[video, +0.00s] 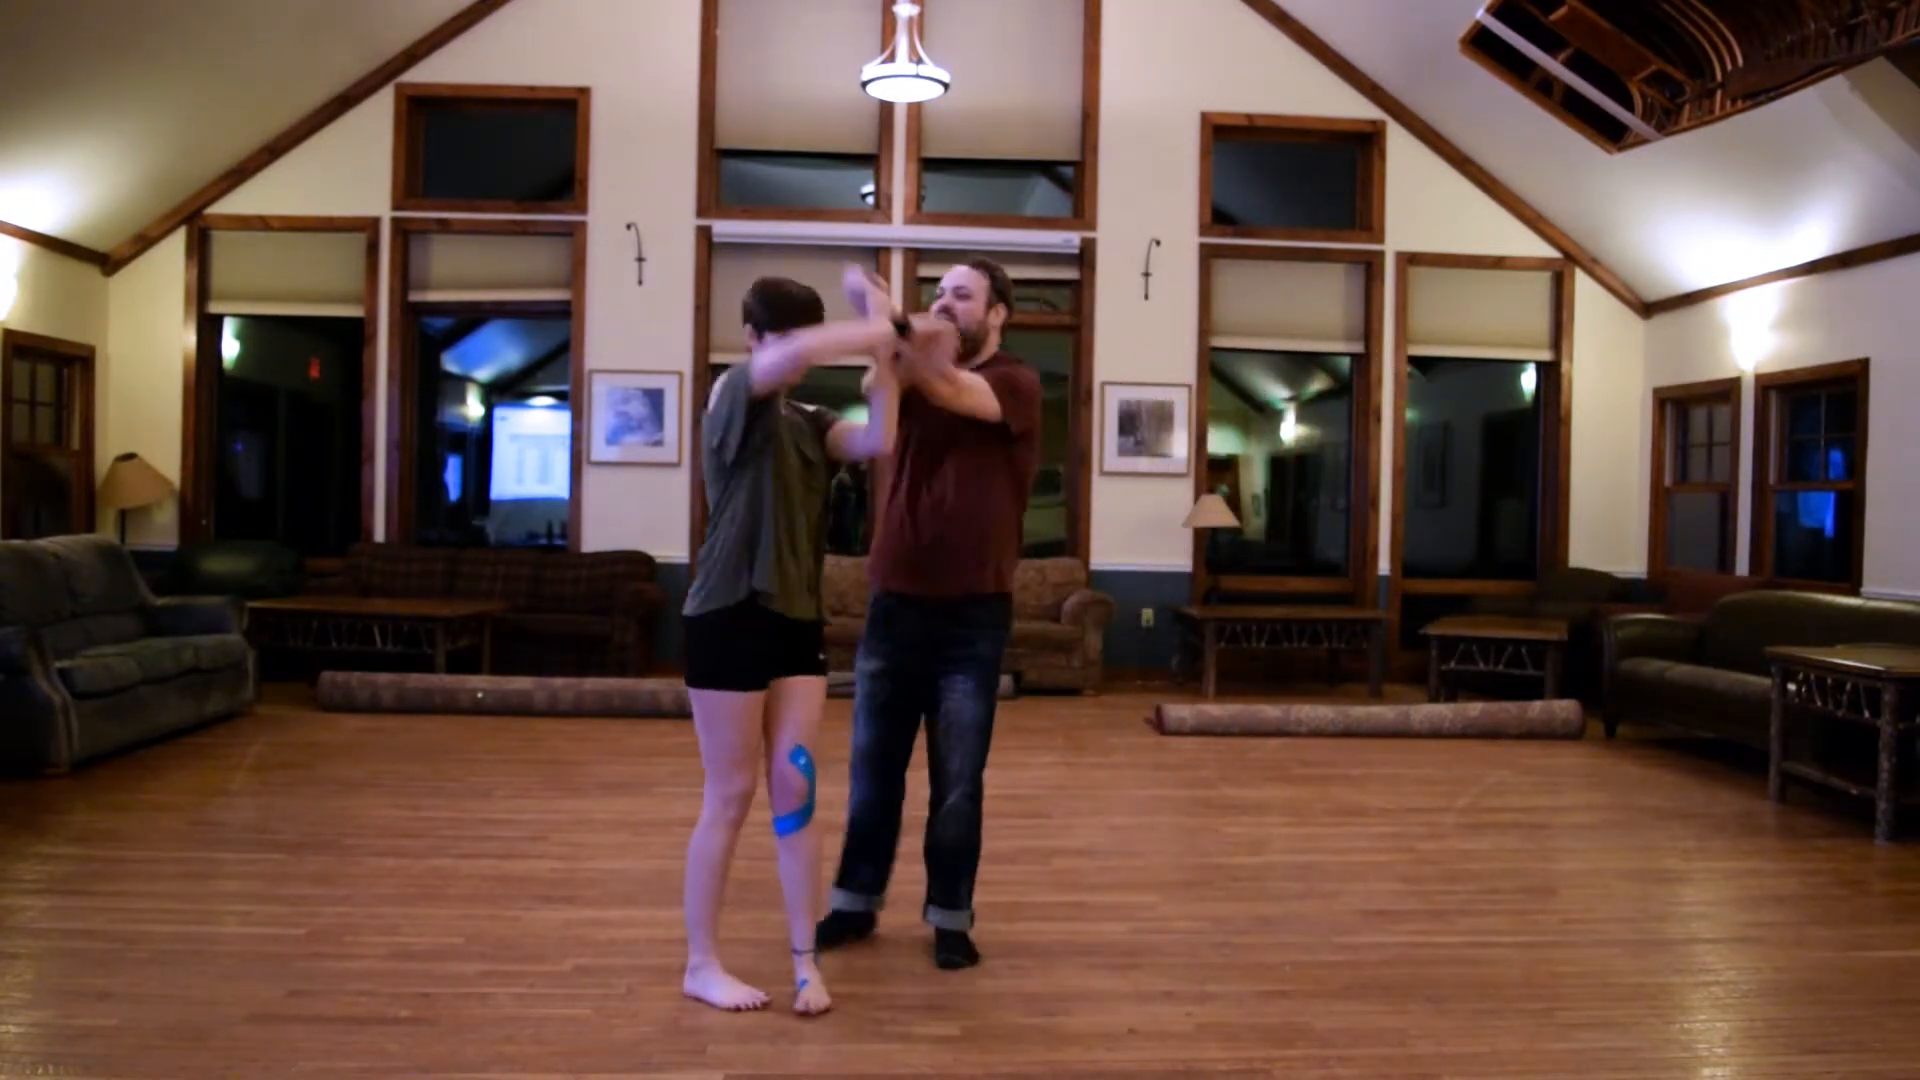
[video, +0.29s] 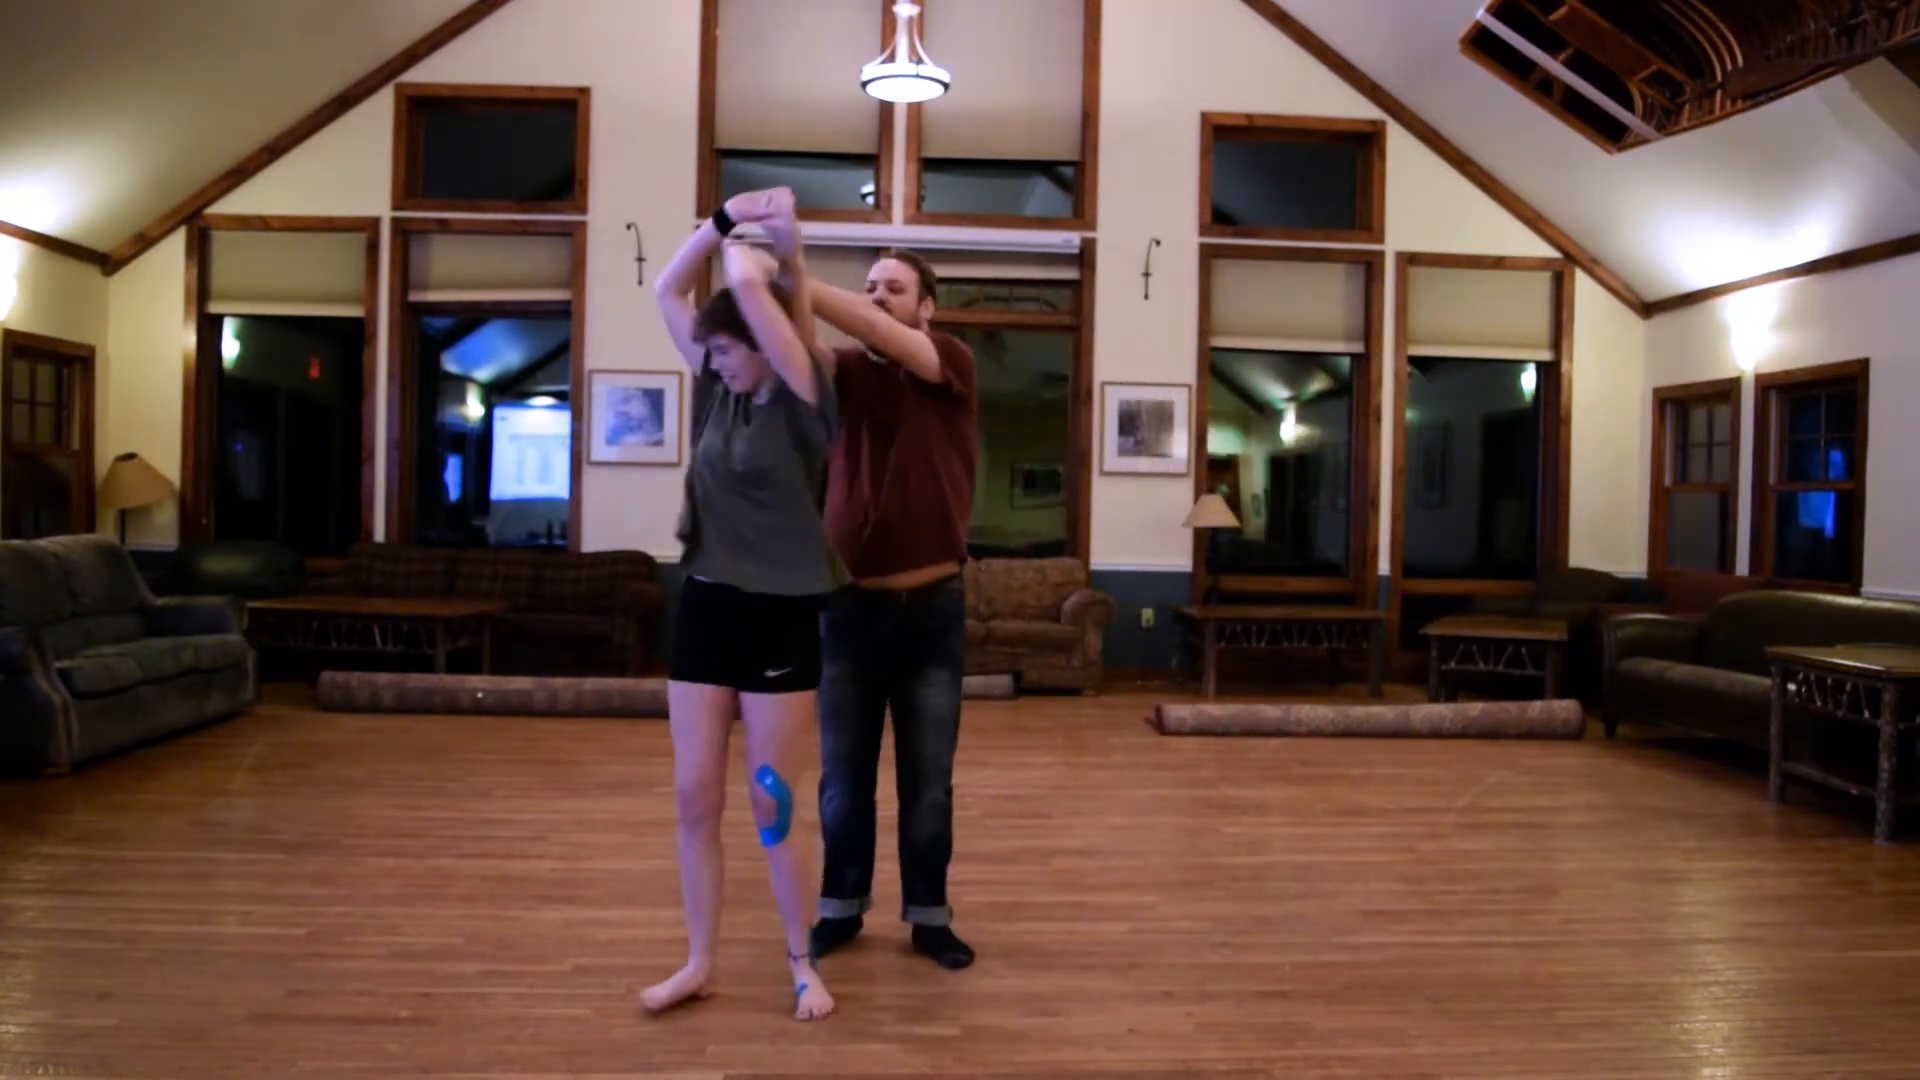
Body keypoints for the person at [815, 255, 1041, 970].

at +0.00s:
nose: (943, 304)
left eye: (961, 295)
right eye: (937, 295)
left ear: (997, 317)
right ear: (927, 312)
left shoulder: (1017, 382)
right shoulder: (910, 379)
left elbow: (948, 387)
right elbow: (872, 380)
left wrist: (900, 333)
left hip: (973, 605)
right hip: (895, 599)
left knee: (957, 777)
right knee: (873, 766)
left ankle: (950, 918)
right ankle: (854, 904)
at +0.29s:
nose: (878, 298)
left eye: (895, 289)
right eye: (871, 287)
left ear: (928, 307)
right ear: (860, 299)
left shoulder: (953, 364)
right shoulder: (847, 368)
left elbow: (875, 331)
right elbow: (789, 337)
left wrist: (793, 280)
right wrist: (754, 272)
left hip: (933, 599)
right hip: (854, 599)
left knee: (928, 776)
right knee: (845, 773)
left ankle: (929, 915)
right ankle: (840, 909)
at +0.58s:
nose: (844, 311)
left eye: (860, 301)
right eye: (836, 302)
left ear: (890, 314)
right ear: (825, 316)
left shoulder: (924, 375)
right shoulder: (808, 383)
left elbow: (893, 403)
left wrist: (791, 361)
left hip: (909, 604)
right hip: (824, 606)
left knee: (915, 777)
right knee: (833, 775)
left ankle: (918, 919)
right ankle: (841, 911)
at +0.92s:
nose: (827, 322)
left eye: (841, 310)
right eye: (817, 311)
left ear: (873, 316)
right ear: (803, 319)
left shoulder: (904, 375)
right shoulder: (787, 380)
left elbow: (913, 408)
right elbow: (773, 399)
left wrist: (823, 357)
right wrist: (782, 308)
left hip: (898, 604)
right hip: (814, 609)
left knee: (903, 779)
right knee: (828, 778)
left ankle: (908, 919)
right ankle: (839, 912)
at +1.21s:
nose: (820, 330)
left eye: (833, 317)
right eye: (812, 319)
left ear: (871, 320)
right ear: (801, 323)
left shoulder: (906, 378)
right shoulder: (786, 384)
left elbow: (900, 420)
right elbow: (765, 412)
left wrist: (811, 365)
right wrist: (777, 316)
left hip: (894, 606)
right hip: (811, 610)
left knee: (896, 775)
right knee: (827, 776)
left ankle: (908, 919)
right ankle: (839, 912)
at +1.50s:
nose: (817, 331)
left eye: (829, 318)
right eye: (810, 320)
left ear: (870, 321)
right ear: (805, 326)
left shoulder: (908, 378)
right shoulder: (795, 392)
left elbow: (894, 421)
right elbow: (754, 410)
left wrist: (803, 368)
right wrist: (768, 316)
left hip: (893, 606)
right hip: (810, 610)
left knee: (896, 774)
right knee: (826, 775)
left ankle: (907, 919)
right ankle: (840, 911)